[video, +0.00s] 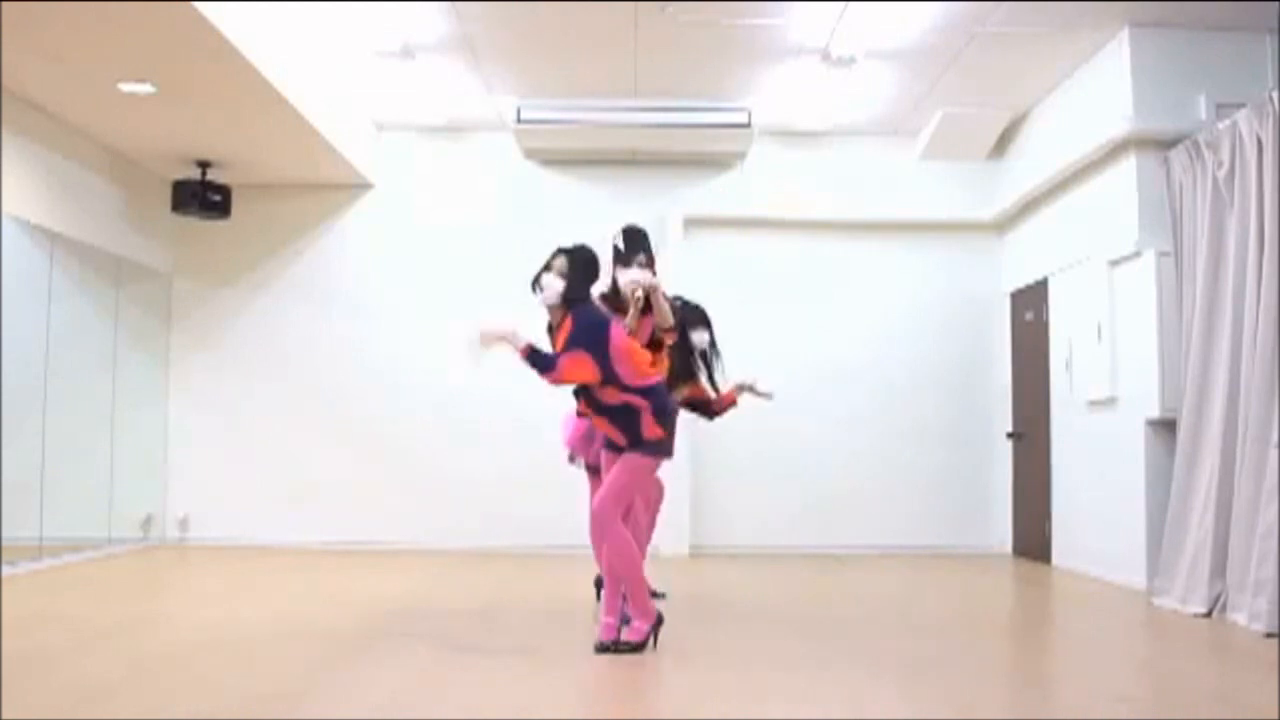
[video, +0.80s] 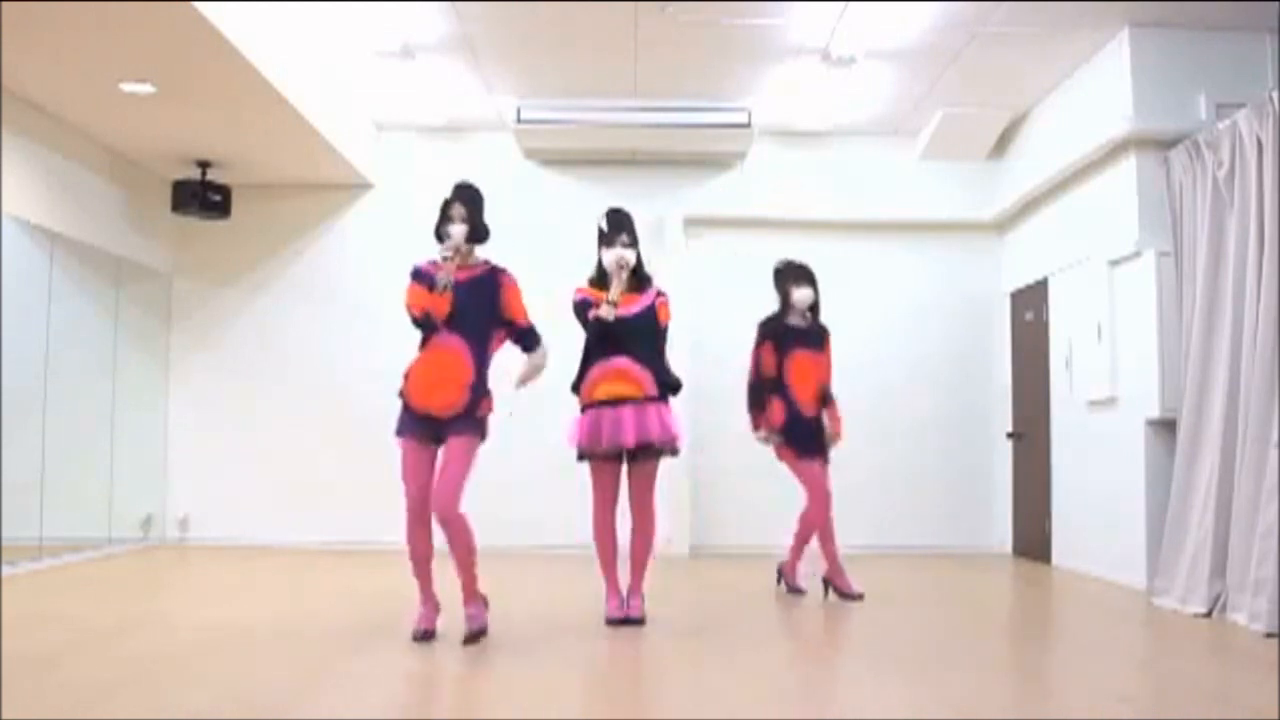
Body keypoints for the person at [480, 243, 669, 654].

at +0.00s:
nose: (545, 280)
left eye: (557, 275)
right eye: (547, 271)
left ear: (576, 284)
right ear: (546, 276)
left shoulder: (590, 323)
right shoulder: (564, 323)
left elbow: (562, 373)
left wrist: (518, 344)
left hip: (647, 431)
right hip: (614, 430)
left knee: (605, 514)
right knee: (606, 519)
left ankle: (643, 613)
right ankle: (614, 614)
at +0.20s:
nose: (537, 265)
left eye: (548, 258)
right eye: (534, 256)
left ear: (565, 264)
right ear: (528, 260)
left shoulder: (583, 305)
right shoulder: (539, 314)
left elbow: (584, 360)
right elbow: (545, 359)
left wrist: (528, 363)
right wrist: (532, 379)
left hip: (632, 424)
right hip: (591, 424)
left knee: (595, 518)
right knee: (570, 512)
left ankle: (646, 614)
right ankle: (598, 614)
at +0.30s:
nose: (534, 263)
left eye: (543, 254)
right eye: (528, 254)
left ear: (559, 256)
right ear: (520, 256)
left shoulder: (579, 296)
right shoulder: (531, 308)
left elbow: (603, 357)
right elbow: (532, 368)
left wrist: (568, 386)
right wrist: (508, 365)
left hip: (608, 430)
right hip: (567, 430)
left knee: (585, 530)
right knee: (520, 503)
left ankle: (647, 615)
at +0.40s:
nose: (521, 258)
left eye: (528, 248)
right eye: (514, 248)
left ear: (545, 251)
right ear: (506, 254)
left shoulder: (568, 288)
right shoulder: (507, 307)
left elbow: (600, 345)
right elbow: (501, 371)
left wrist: (599, 402)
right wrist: (489, 333)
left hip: (577, 430)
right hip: (530, 431)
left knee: (574, 535)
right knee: (475, 512)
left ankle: (645, 613)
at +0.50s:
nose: (502, 249)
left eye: (511, 240)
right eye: (496, 240)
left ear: (526, 243)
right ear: (489, 245)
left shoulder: (549, 288)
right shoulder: (485, 294)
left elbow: (576, 346)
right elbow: (468, 349)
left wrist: (553, 376)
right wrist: (475, 300)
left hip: (535, 426)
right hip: (484, 424)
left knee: (537, 529)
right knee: (442, 518)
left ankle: (610, 604)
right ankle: (413, 607)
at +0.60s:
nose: (480, 241)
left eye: (489, 233)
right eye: (475, 231)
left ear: (505, 240)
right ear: (466, 236)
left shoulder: (526, 291)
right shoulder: (455, 288)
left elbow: (539, 351)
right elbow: (447, 336)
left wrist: (535, 402)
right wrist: (460, 287)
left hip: (510, 415)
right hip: (458, 411)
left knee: (495, 520)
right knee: (429, 514)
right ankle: (410, 606)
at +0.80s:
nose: (455, 228)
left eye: (463, 221)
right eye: (449, 219)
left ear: (478, 227)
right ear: (439, 224)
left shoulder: (497, 280)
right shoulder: (425, 274)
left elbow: (529, 338)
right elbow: (425, 319)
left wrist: (534, 360)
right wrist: (446, 271)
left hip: (469, 400)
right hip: (421, 396)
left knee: (444, 503)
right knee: (417, 504)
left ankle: (473, 599)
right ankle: (426, 602)